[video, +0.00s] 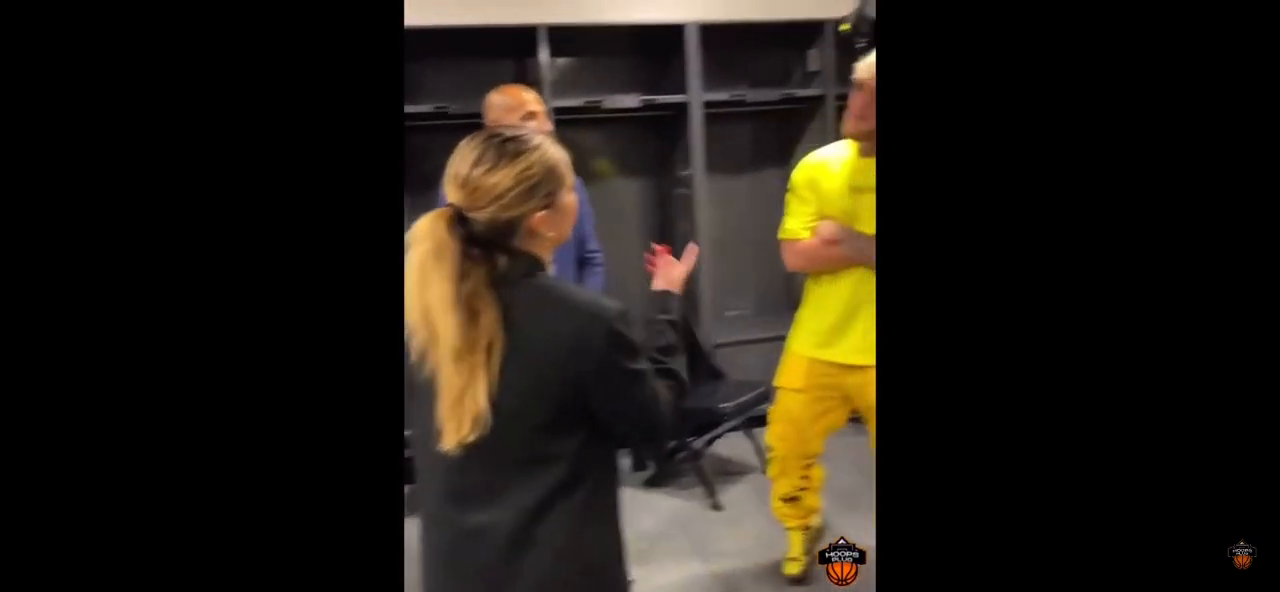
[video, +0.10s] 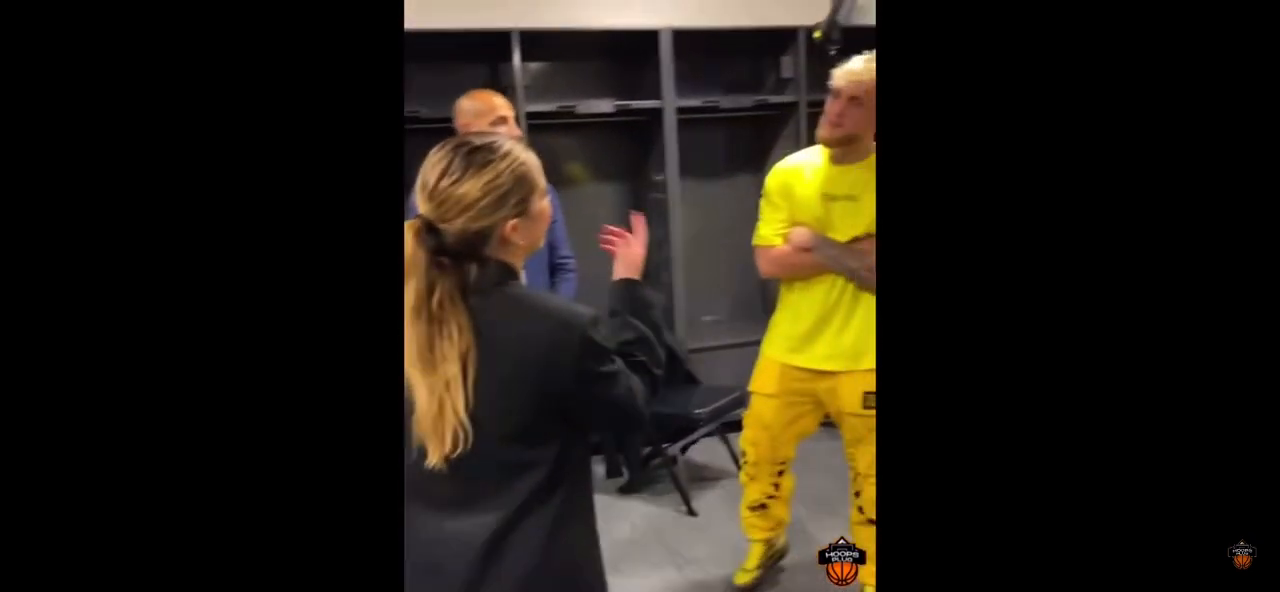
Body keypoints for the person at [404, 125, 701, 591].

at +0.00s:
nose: (578, 199)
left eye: (573, 188)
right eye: (570, 190)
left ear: (470, 212)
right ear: (540, 220)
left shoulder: (429, 308)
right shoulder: (584, 323)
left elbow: (424, 447)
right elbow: (654, 422)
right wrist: (668, 302)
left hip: (454, 569)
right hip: (559, 571)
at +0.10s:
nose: (551, 208)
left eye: (545, 195)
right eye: (543, 198)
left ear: (440, 218)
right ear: (512, 230)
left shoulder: (412, 314)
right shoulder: (558, 330)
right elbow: (628, 414)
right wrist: (629, 287)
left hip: (424, 568)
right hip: (532, 569)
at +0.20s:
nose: (528, 217)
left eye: (523, 205)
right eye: (520, 208)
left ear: (419, 221)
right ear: (492, 236)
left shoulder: (409, 317)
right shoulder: (530, 331)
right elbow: (611, 398)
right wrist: (581, 283)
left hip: (417, 568)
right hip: (515, 570)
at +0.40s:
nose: (492, 221)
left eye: (488, 210)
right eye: (485, 212)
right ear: (461, 238)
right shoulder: (494, 332)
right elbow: (575, 374)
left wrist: (518, 280)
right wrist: (521, 277)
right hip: (489, 569)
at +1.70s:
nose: (484, 207)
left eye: (481, 194)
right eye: (481, 195)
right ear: (462, 227)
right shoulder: (492, 348)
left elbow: (548, 433)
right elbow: (552, 435)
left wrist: (565, 319)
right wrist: (568, 318)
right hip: (486, 574)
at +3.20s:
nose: (481, 202)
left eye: (474, 190)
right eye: (471, 193)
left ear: (439, 223)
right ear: (443, 224)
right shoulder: (488, 334)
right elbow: (570, 393)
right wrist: (525, 288)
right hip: (484, 569)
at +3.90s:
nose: (544, 203)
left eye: (541, 190)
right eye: (537, 192)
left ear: (443, 202)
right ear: (510, 210)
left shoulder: (414, 298)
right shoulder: (535, 310)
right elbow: (617, 349)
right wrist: (571, 252)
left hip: (430, 556)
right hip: (532, 559)